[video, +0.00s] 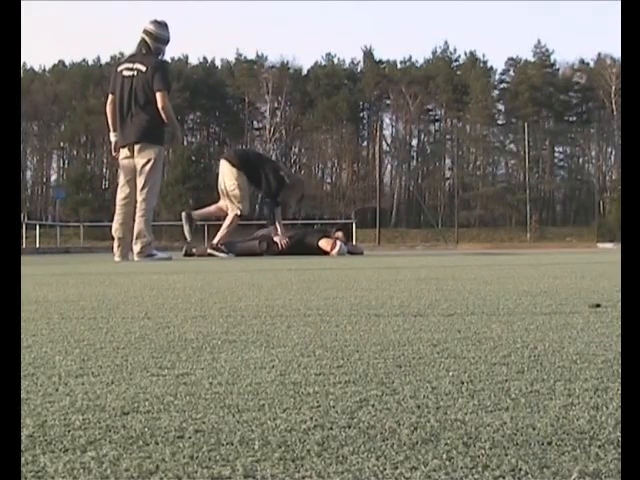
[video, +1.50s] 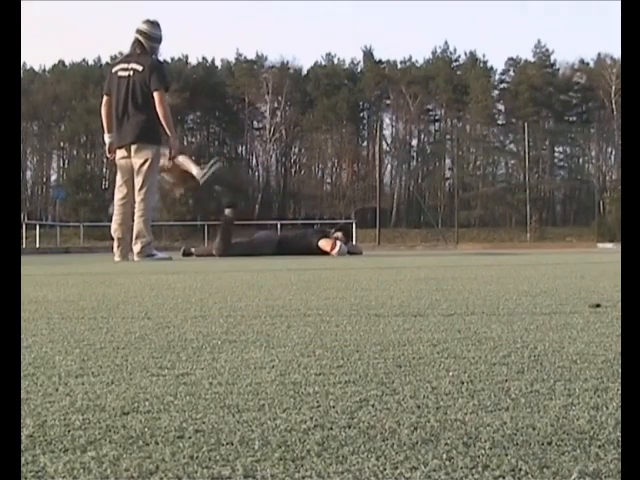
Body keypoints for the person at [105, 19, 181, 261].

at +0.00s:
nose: (164, 49)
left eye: (165, 44)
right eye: (164, 44)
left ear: (143, 38)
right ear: (160, 43)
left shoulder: (121, 65)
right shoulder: (156, 64)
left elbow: (110, 104)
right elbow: (162, 102)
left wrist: (114, 134)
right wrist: (175, 127)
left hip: (124, 137)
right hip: (148, 137)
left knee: (124, 195)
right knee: (146, 195)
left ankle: (119, 249)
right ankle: (143, 248)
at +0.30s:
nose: (162, 47)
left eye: (162, 43)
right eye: (161, 43)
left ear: (140, 38)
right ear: (157, 42)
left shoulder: (120, 66)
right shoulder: (155, 65)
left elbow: (110, 104)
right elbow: (162, 102)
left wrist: (114, 135)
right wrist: (175, 135)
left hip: (123, 138)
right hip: (149, 138)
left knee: (124, 195)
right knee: (146, 196)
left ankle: (119, 249)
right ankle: (143, 248)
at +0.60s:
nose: (160, 47)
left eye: (160, 43)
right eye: (159, 43)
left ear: (138, 38)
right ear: (155, 42)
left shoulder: (119, 65)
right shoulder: (153, 64)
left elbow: (109, 104)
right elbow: (159, 102)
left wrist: (110, 136)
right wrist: (172, 135)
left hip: (122, 138)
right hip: (147, 138)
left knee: (123, 195)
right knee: (145, 196)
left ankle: (119, 249)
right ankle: (142, 248)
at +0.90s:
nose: (160, 47)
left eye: (160, 43)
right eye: (159, 43)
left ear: (138, 38)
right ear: (155, 42)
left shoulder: (118, 66)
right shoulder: (153, 64)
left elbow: (107, 104)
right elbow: (160, 102)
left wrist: (110, 136)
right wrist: (172, 134)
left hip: (121, 138)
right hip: (147, 137)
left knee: (123, 196)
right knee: (144, 196)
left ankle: (119, 249)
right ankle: (142, 248)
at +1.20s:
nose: (160, 47)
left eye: (160, 43)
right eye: (159, 43)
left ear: (138, 38)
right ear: (155, 42)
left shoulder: (118, 66)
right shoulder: (153, 64)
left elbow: (107, 103)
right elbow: (159, 102)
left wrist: (109, 134)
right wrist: (171, 135)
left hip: (121, 138)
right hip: (146, 138)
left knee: (122, 196)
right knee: (144, 197)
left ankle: (119, 249)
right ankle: (142, 247)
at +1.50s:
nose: (158, 47)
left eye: (158, 43)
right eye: (158, 43)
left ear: (136, 39)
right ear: (154, 42)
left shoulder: (115, 66)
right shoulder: (152, 65)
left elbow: (105, 104)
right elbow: (159, 100)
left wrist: (109, 136)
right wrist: (172, 135)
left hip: (120, 138)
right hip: (145, 138)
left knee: (122, 196)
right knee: (144, 196)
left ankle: (119, 250)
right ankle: (142, 248)